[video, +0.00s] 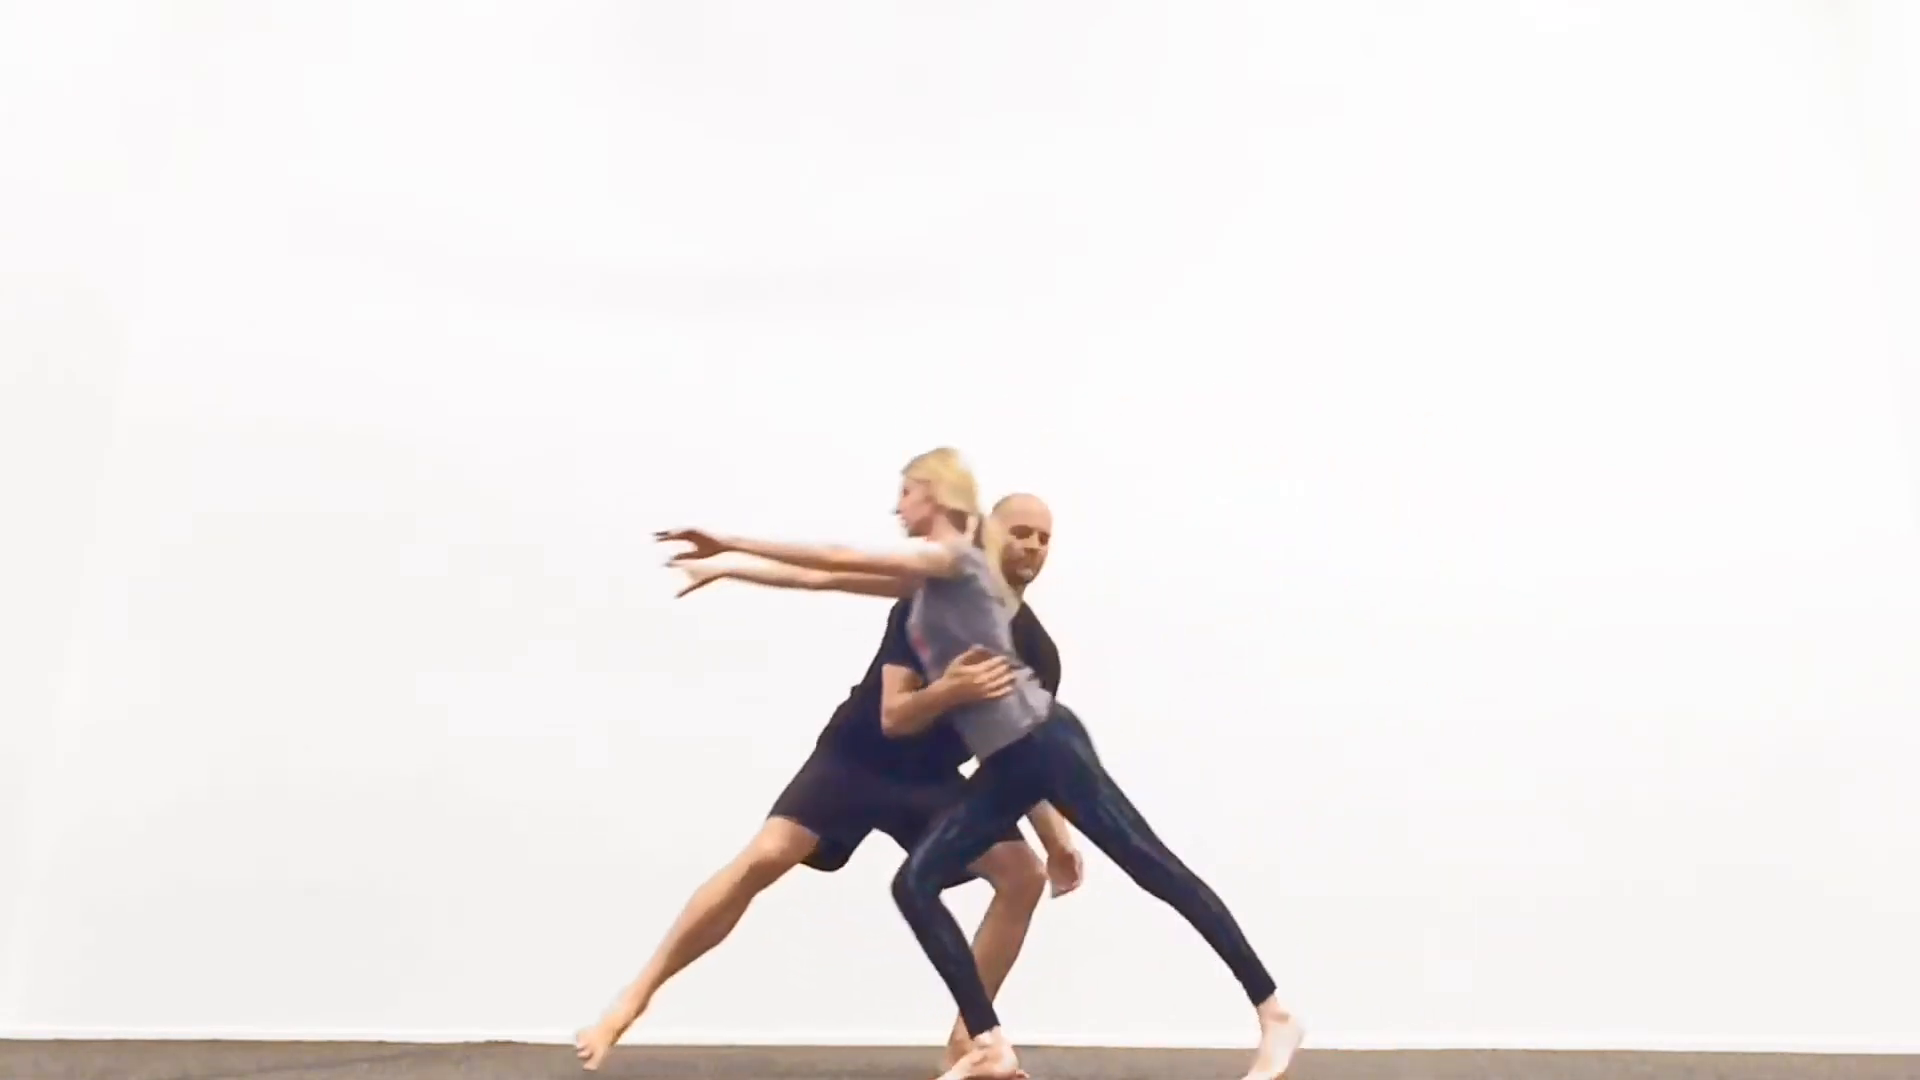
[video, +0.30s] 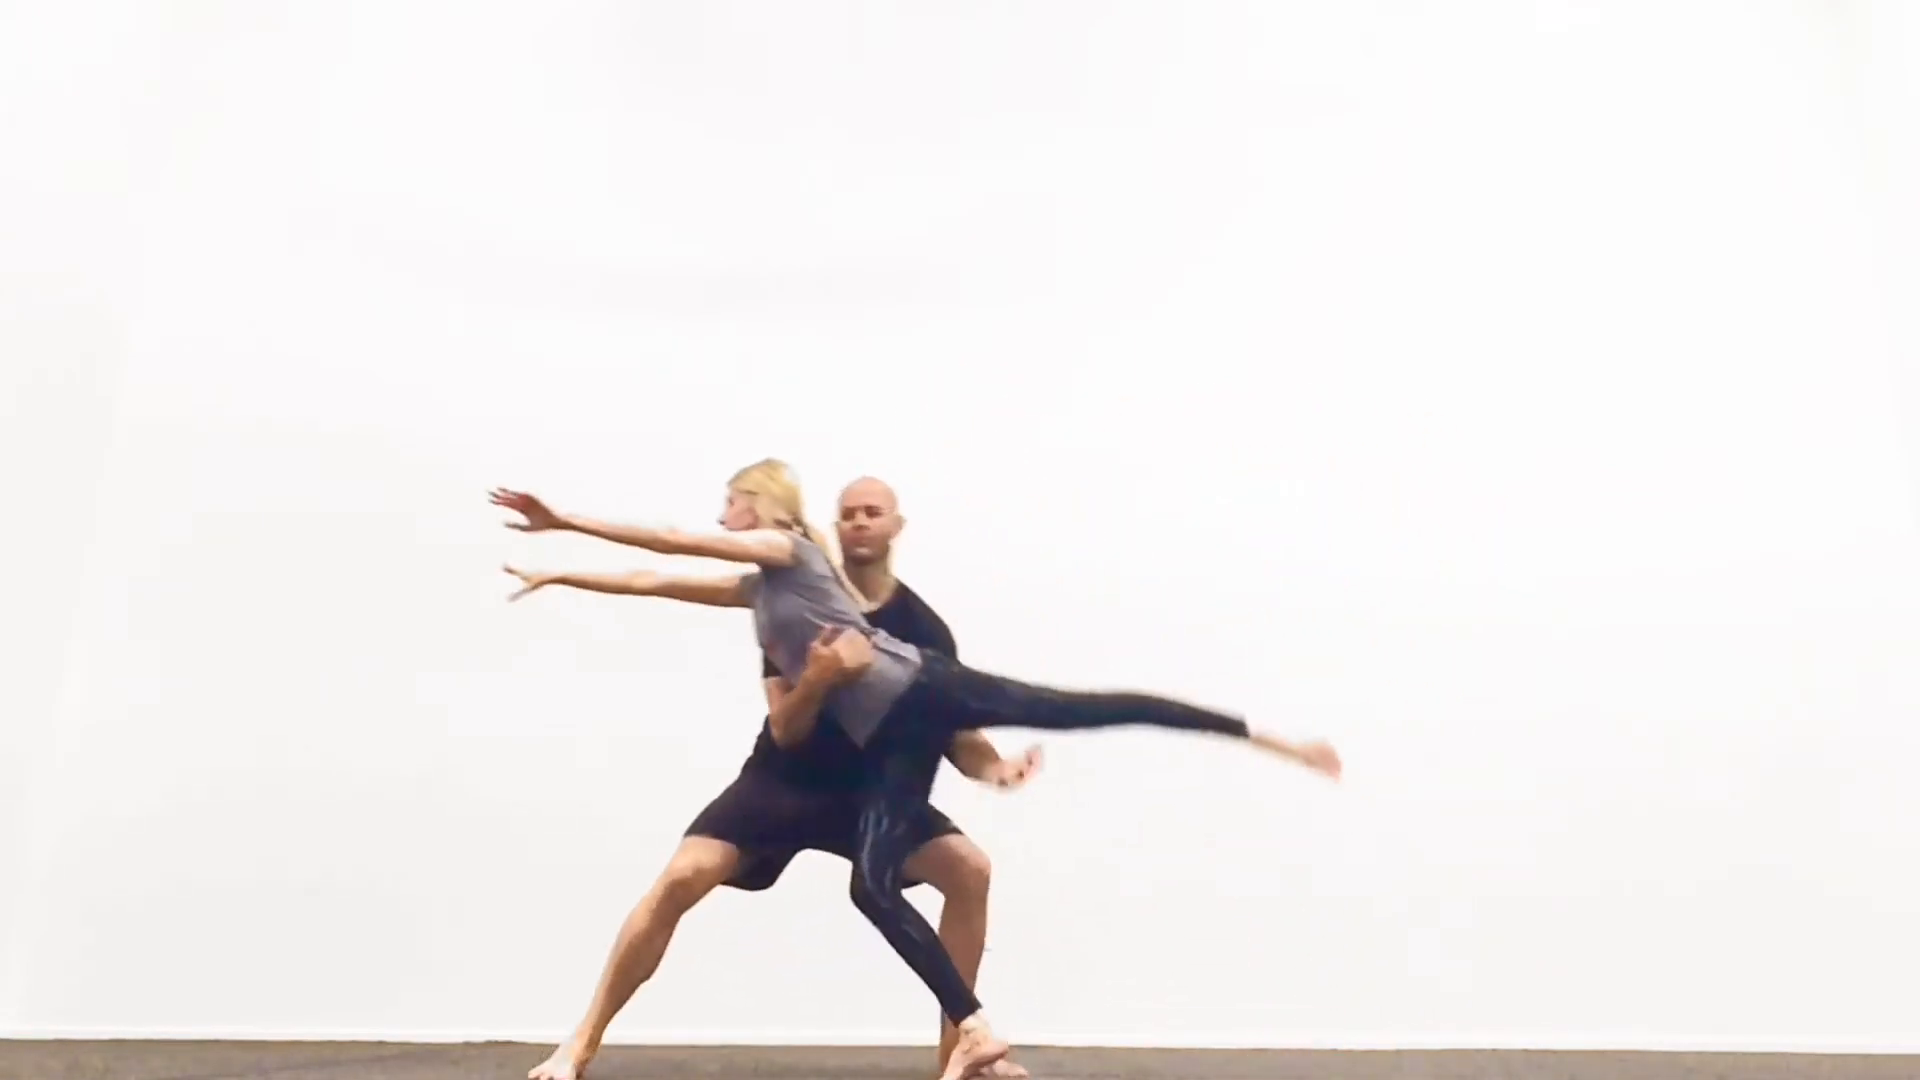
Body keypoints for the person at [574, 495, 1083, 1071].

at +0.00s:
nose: (1032, 549)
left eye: (1042, 539)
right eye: (1020, 535)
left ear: (1049, 550)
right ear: (984, 532)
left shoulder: (1034, 646)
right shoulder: (927, 599)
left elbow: (1021, 746)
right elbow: (894, 717)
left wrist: (1057, 837)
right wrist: (953, 690)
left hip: (931, 774)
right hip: (854, 759)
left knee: (1024, 878)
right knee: (766, 857)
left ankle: (962, 1045)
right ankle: (631, 1003)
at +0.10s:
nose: (988, 551)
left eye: (1000, 542)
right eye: (977, 537)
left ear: (1011, 555)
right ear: (950, 542)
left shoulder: (1009, 658)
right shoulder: (888, 612)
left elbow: (1010, 757)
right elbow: (858, 736)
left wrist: (1041, 844)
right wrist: (902, 701)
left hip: (917, 790)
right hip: (832, 776)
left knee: (1013, 876)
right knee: (740, 874)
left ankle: (965, 1043)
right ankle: (602, 1018)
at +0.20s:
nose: (927, 543)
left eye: (940, 532)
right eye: (915, 531)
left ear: (958, 545)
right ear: (892, 539)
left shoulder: (970, 652)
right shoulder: (839, 611)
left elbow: (987, 756)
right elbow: (821, 740)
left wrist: (1022, 825)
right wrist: (862, 700)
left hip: (894, 797)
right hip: (808, 785)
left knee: (994, 869)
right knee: (716, 879)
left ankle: (960, 1046)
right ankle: (590, 1037)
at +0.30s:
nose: (859, 524)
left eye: (872, 513)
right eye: (848, 515)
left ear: (898, 526)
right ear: (830, 527)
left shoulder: (925, 630)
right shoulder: (790, 602)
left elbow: (955, 733)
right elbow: (784, 730)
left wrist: (994, 767)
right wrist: (819, 677)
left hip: (861, 788)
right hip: (776, 785)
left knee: (970, 870)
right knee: (684, 877)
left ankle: (956, 1047)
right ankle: (580, 1046)